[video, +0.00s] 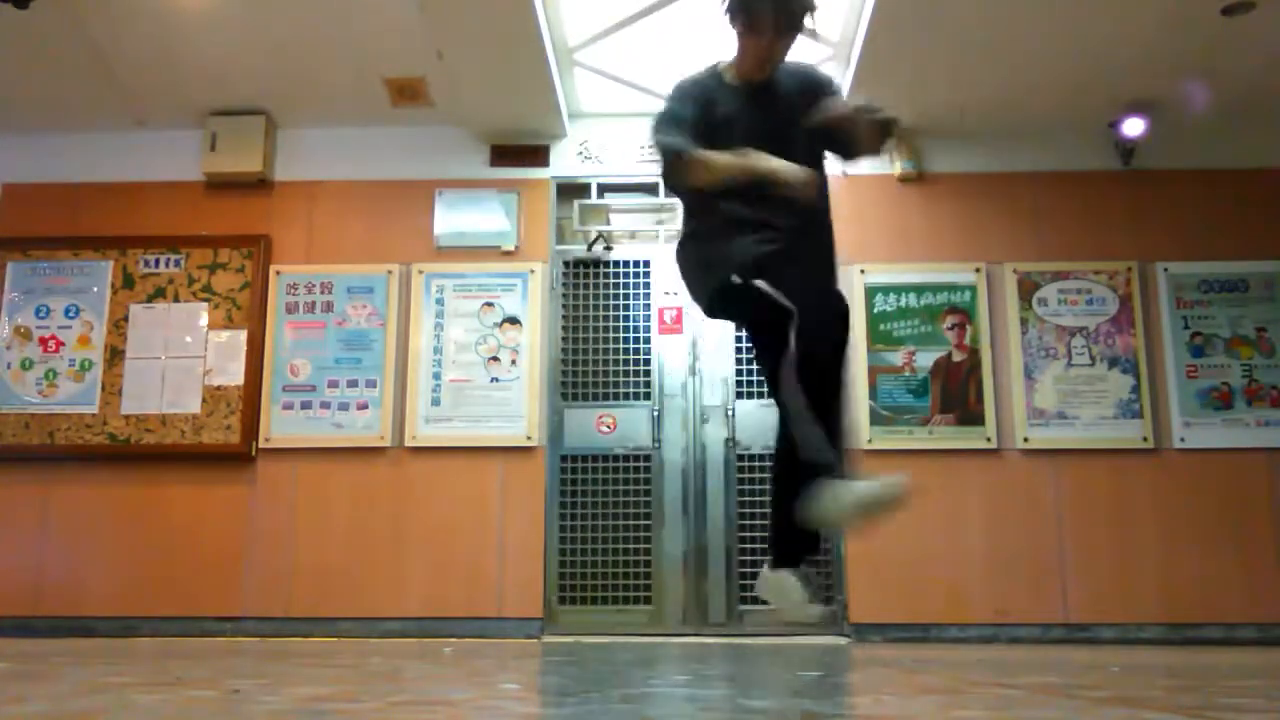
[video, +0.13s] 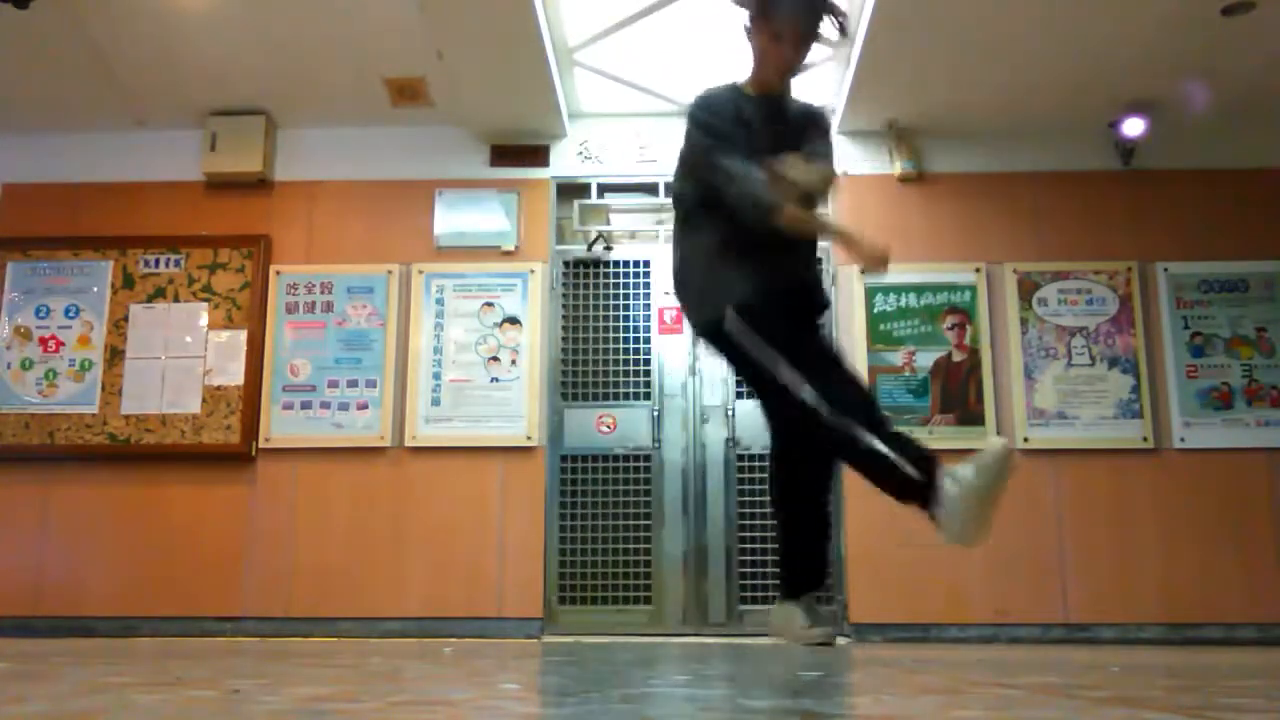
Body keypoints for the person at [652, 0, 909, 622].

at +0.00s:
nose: (768, 48)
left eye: (781, 36)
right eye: (759, 33)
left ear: (794, 34)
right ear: (738, 25)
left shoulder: (806, 88)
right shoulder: (695, 94)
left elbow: (859, 143)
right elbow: (682, 170)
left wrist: (872, 124)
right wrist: (764, 164)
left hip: (803, 258)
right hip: (725, 254)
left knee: (813, 409)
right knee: (800, 312)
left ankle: (784, 565)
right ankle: (821, 480)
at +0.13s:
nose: (792, 51)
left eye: (803, 40)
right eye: (782, 35)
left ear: (812, 45)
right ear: (754, 30)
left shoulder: (808, 122)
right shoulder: (716, 111)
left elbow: (818, 185)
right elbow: (749, 199)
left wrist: (788, 183)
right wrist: (841, 234)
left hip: (789, 286)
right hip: (724, 286)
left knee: (800, 433)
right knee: (813, 390)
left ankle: (798, 600)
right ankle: (938, 494)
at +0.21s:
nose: (803, 92)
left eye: (813, 80)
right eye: (793, 76)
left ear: (820, 85)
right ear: (762, 68)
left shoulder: (807, 162)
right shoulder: (724, 133)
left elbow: (860, 201)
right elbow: (731, 196)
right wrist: (801, 236)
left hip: (783, 332)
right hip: (721, 330)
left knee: (809, 450)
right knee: (830, 393)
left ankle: (791, 612)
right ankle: (940, 525)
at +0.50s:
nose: (797, 15)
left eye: (804, 8)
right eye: (789, 2)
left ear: (804, 18)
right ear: (757, 2)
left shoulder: (792, 96)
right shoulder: (690, 53)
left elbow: (761, 189)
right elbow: (573, 65)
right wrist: (461, 75)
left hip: (754, 265)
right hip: (676, 252)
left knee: (778, 425)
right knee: (731, 383)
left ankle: (677, 555)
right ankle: (668, 561)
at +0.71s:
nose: (749, 15)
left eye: (757, 7)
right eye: (741, 3)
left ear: (760, 12)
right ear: (710, 0)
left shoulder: (764, 82)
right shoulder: (646, 61)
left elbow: (786, 168)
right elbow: (561, 96)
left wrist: (841, 186)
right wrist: (517, 113)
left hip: (717, 275)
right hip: (641, 268)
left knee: (738, 441)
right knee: (674, 428)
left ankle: (599, 536)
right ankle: (629, 595)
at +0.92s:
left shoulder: (736, 22)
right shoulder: (684, 18)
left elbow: (811, 58)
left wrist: (893, 88)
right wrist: (886, 83)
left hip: (638, 225)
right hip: (576, 217)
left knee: (699, 370)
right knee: (600, 388)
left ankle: (716, 518)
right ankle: (587, 575)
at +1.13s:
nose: (741, 38)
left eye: (751, 27)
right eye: (739, 20)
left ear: (744, 27)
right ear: (705, 5)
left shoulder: (718, 105)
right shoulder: (632, 51)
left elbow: (746, 177)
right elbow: (551, 91)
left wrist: (781, 224)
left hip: (666, 287)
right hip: (594, 283)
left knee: (721, 429)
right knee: (626, 432)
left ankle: (632, 587)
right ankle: (594, 594)